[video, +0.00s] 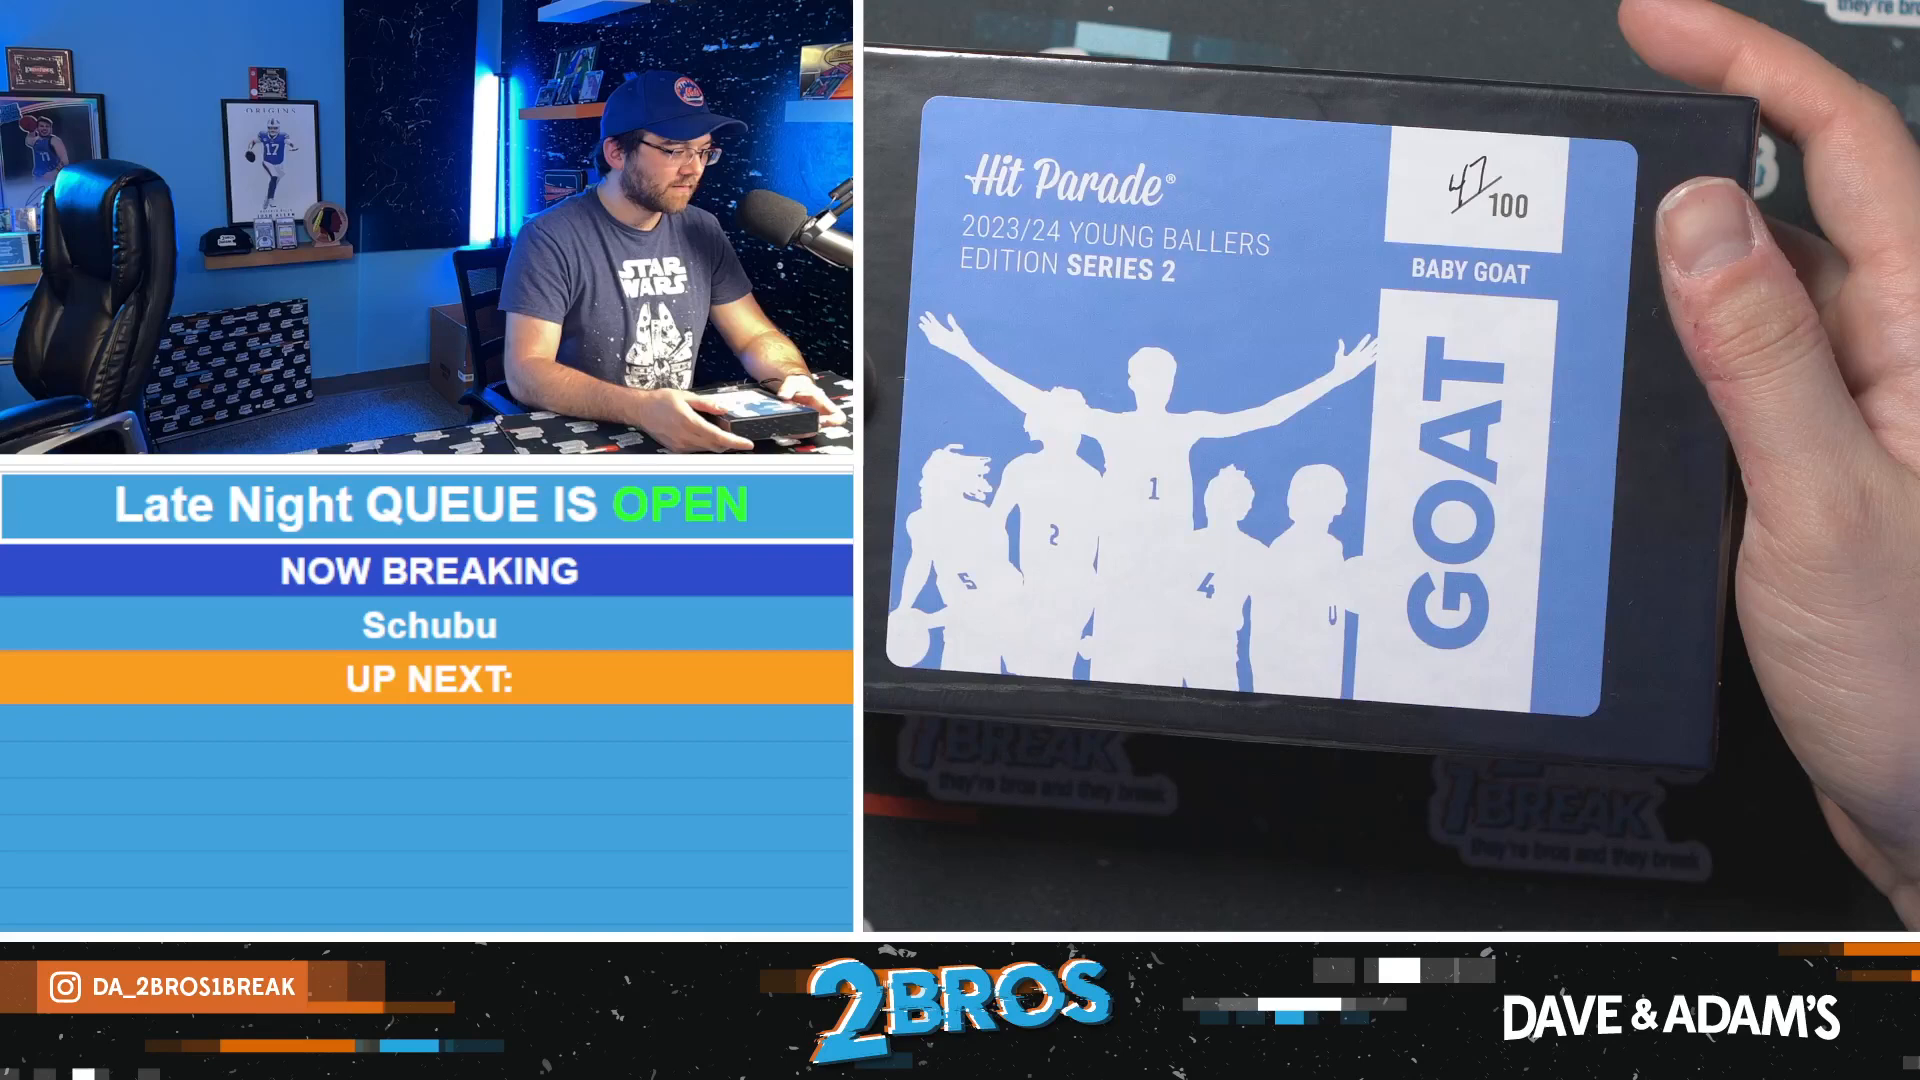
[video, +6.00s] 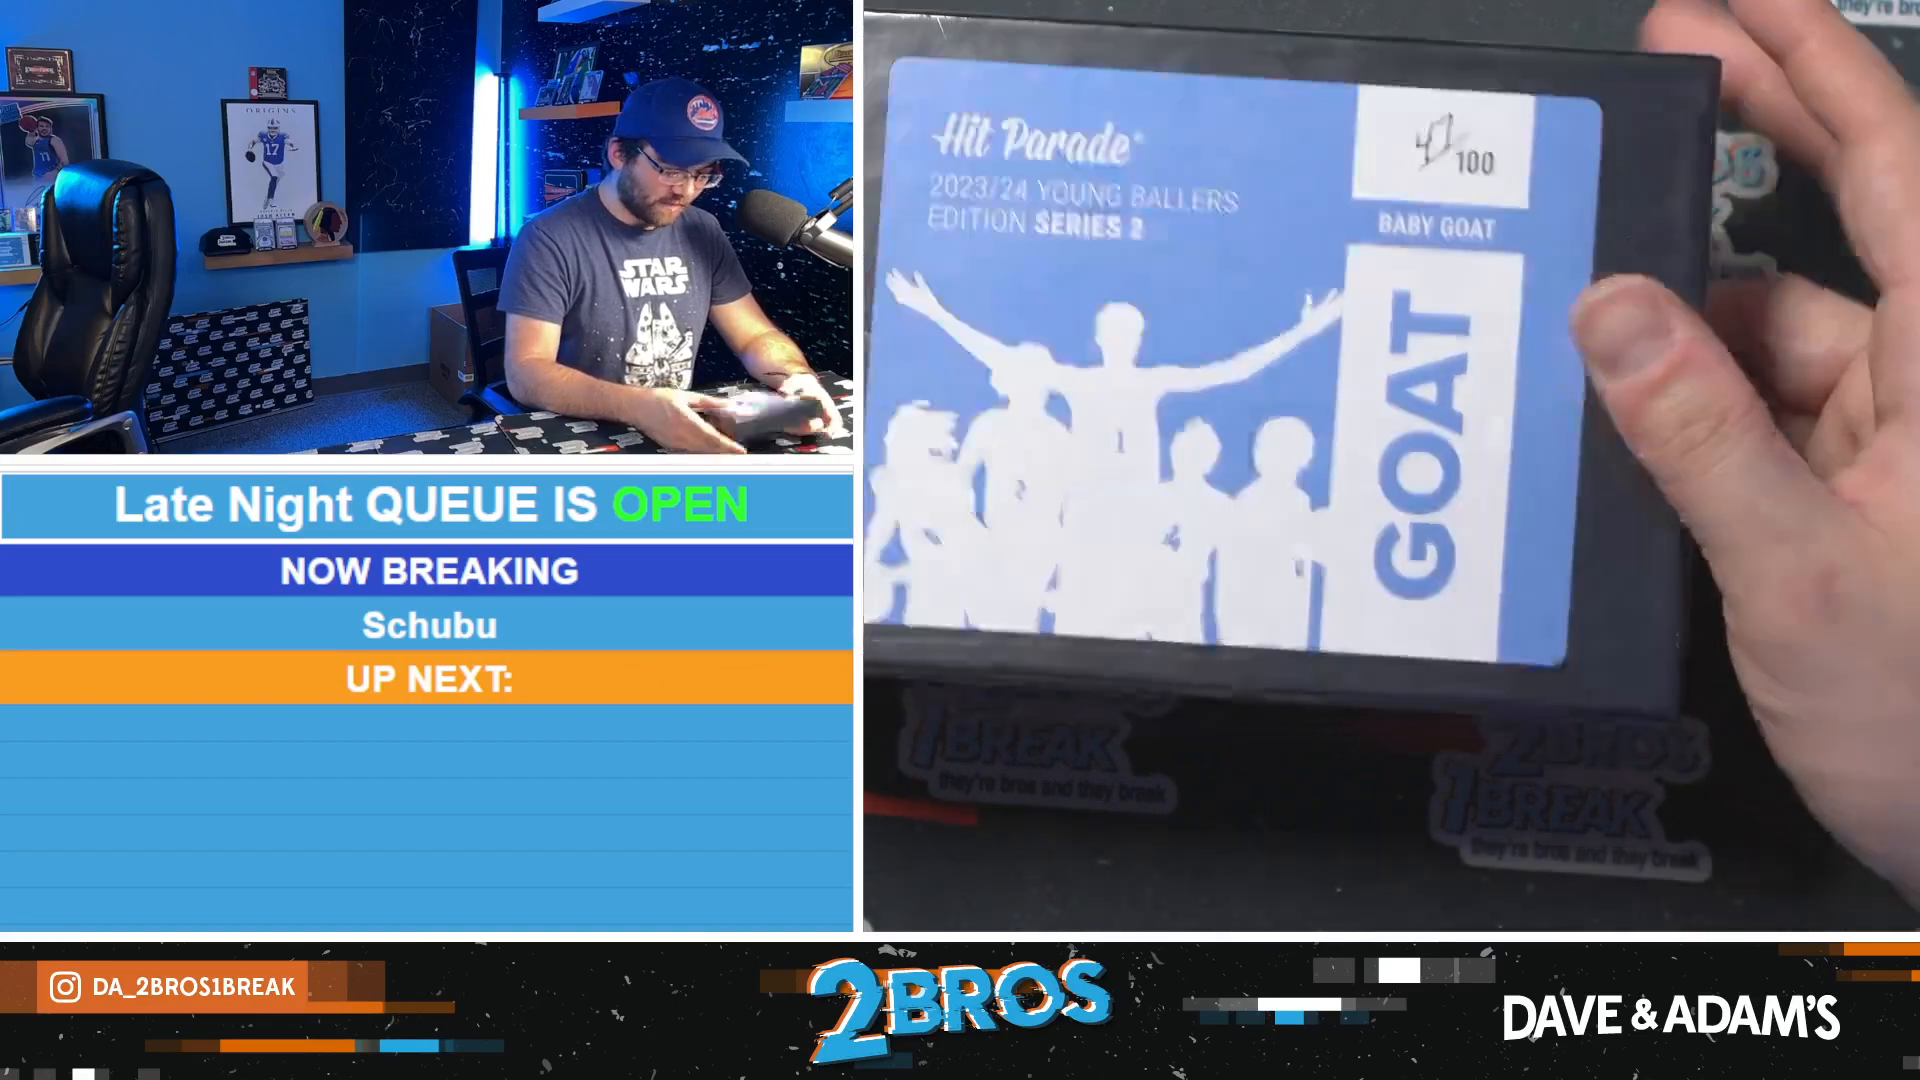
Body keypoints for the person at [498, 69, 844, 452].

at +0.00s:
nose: (694, 168)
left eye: (702, 151)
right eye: (674, 150)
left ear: (710, 152)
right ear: (616, 153)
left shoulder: (702, 232)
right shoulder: (553, 238)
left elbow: (757, 336)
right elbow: (529, 373)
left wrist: (794, 377)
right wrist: (642, 408)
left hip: (685, 459)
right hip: (581, 465)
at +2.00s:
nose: (691, 189)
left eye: (705, 172)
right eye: (675, 168)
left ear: (717, 168)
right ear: (621, 154)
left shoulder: (702, 230)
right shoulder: (552, 236)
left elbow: (754, 333)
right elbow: (526, 371)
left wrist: (793, 374)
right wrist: (642, 409)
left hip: (681, 457)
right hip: (578, 461)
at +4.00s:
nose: (687, 194)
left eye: (701, 178)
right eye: (672, 172)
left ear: (714, 174)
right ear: (620, 156)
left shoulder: (702, 232)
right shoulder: (553, 237)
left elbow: (756, 335)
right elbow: (528, 372)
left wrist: (795, 376)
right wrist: (643, 409)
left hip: (682, 462)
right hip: (577, 465)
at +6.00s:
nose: (687, 191)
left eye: (702, 173)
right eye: (671, 169)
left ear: (715, 169)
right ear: (619, 154)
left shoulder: (702, 233)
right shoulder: (553, 238)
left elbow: (757, 336)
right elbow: (529, 374)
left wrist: (797, 375)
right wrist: (643, 407)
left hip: (684, 460)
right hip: (579, 464)